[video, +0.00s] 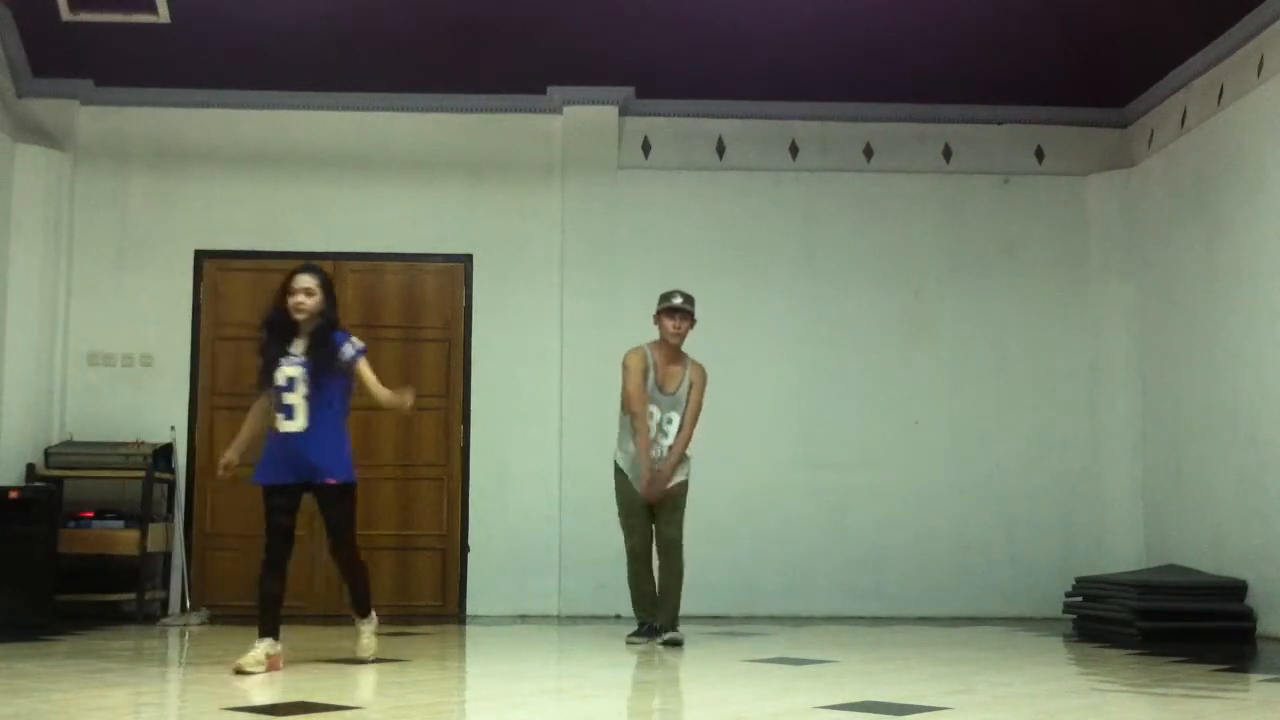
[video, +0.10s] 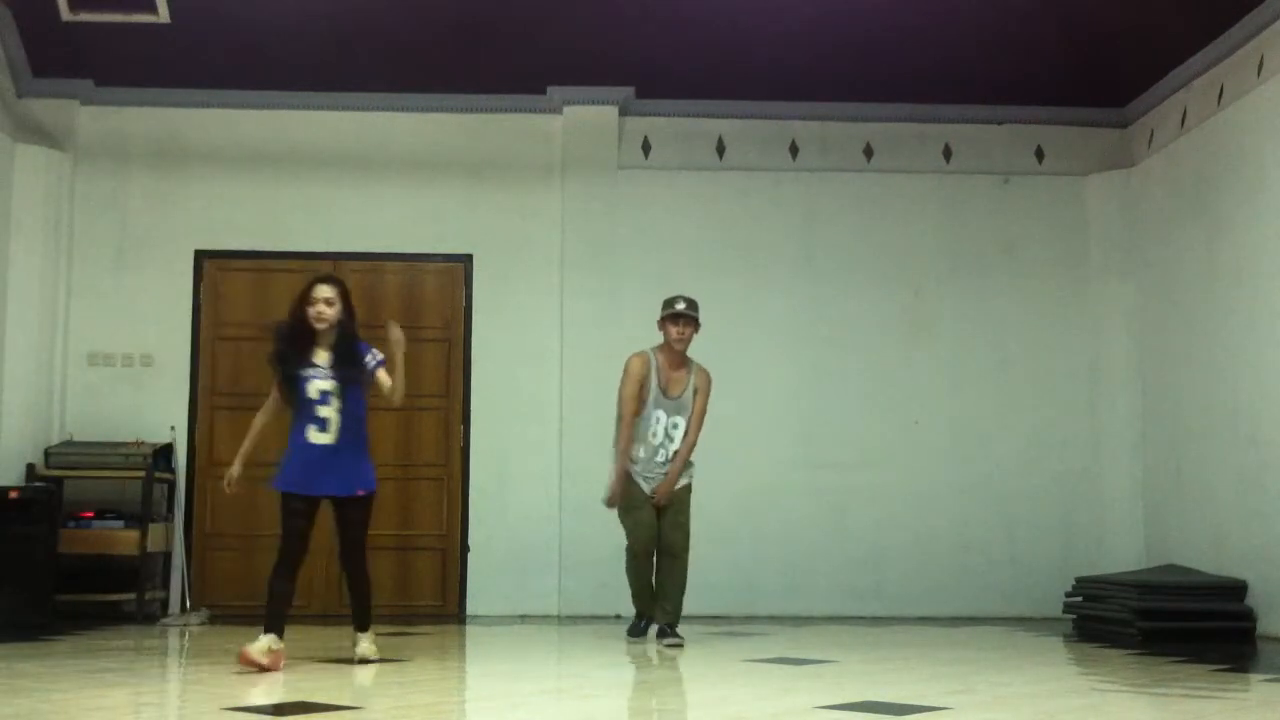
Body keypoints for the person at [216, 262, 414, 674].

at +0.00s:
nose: (299, 299)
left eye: (309, 293)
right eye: (293, 292)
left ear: (325, 300)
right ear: (284, 299)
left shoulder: (340, 344)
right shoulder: (278, 345)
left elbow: (376, 391)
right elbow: (265, 402)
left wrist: (397, 399)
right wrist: (235, 449)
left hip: (329, 465)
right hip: (282, 464)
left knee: (342, 546)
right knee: (276, 550)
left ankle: (366, 621)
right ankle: (267, 643)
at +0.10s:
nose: (321, 309)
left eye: (329, 302)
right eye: (314, 302)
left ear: (343, 309)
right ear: (303, 308)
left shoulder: (359, 352)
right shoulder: (293, 356)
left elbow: (394, 396)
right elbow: (270, 407)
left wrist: (397, 353)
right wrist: (239, 460)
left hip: (351, 474)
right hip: (302, 473)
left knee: (353, 556)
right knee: (290, 552)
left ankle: (364, 638)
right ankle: (271, 640)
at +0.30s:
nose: (349, 308)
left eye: (358, 302)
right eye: (344, 301)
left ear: (369, 309)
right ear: (333, 306)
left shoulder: (381, 345)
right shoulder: (319, 349)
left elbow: (414, 359)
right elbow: (297, 400)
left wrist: (394, 318)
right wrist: (275, 451)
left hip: (375, 463)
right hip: (329, 462)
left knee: (368, 547)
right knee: (319, 542)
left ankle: (365, 632)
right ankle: (310, 625)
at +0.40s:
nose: (357, 310)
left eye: (365, 304)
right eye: (351, 303)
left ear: (377, 310)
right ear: (341, 307)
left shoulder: (387, 347)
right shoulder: (328, 348)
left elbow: (419, 347)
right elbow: (313, 392)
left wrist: (397, 312)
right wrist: (308, 432)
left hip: (378, 460)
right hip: (335, 459)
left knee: (373, 544)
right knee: (334, 541)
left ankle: (368, 630)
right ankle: (333, 616)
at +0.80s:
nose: (366, 333)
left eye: (373, 326)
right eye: (360, 326)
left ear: (385, 332)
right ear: (350, 331)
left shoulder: (396, 372)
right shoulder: (339, 372)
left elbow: (434, 402)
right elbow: (331, 421)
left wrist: (407, 367)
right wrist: (352, 415)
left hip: (390, 476)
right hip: (350, 477)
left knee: (383, 549)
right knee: (360, 551)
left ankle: (377, 623)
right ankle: (368, 630)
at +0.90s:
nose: (367, 328)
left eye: (374, 321)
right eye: (361, 322)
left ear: (387, 326)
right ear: (352, 327)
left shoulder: (399, 365)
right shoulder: (344, 365)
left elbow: (440, 402)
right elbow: (327, 409)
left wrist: (408, 373)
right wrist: (345, 381)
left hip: (393, 470)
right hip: (354, 471)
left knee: (388, 541)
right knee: (362, 545)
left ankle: (386, 622)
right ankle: (368, 623)